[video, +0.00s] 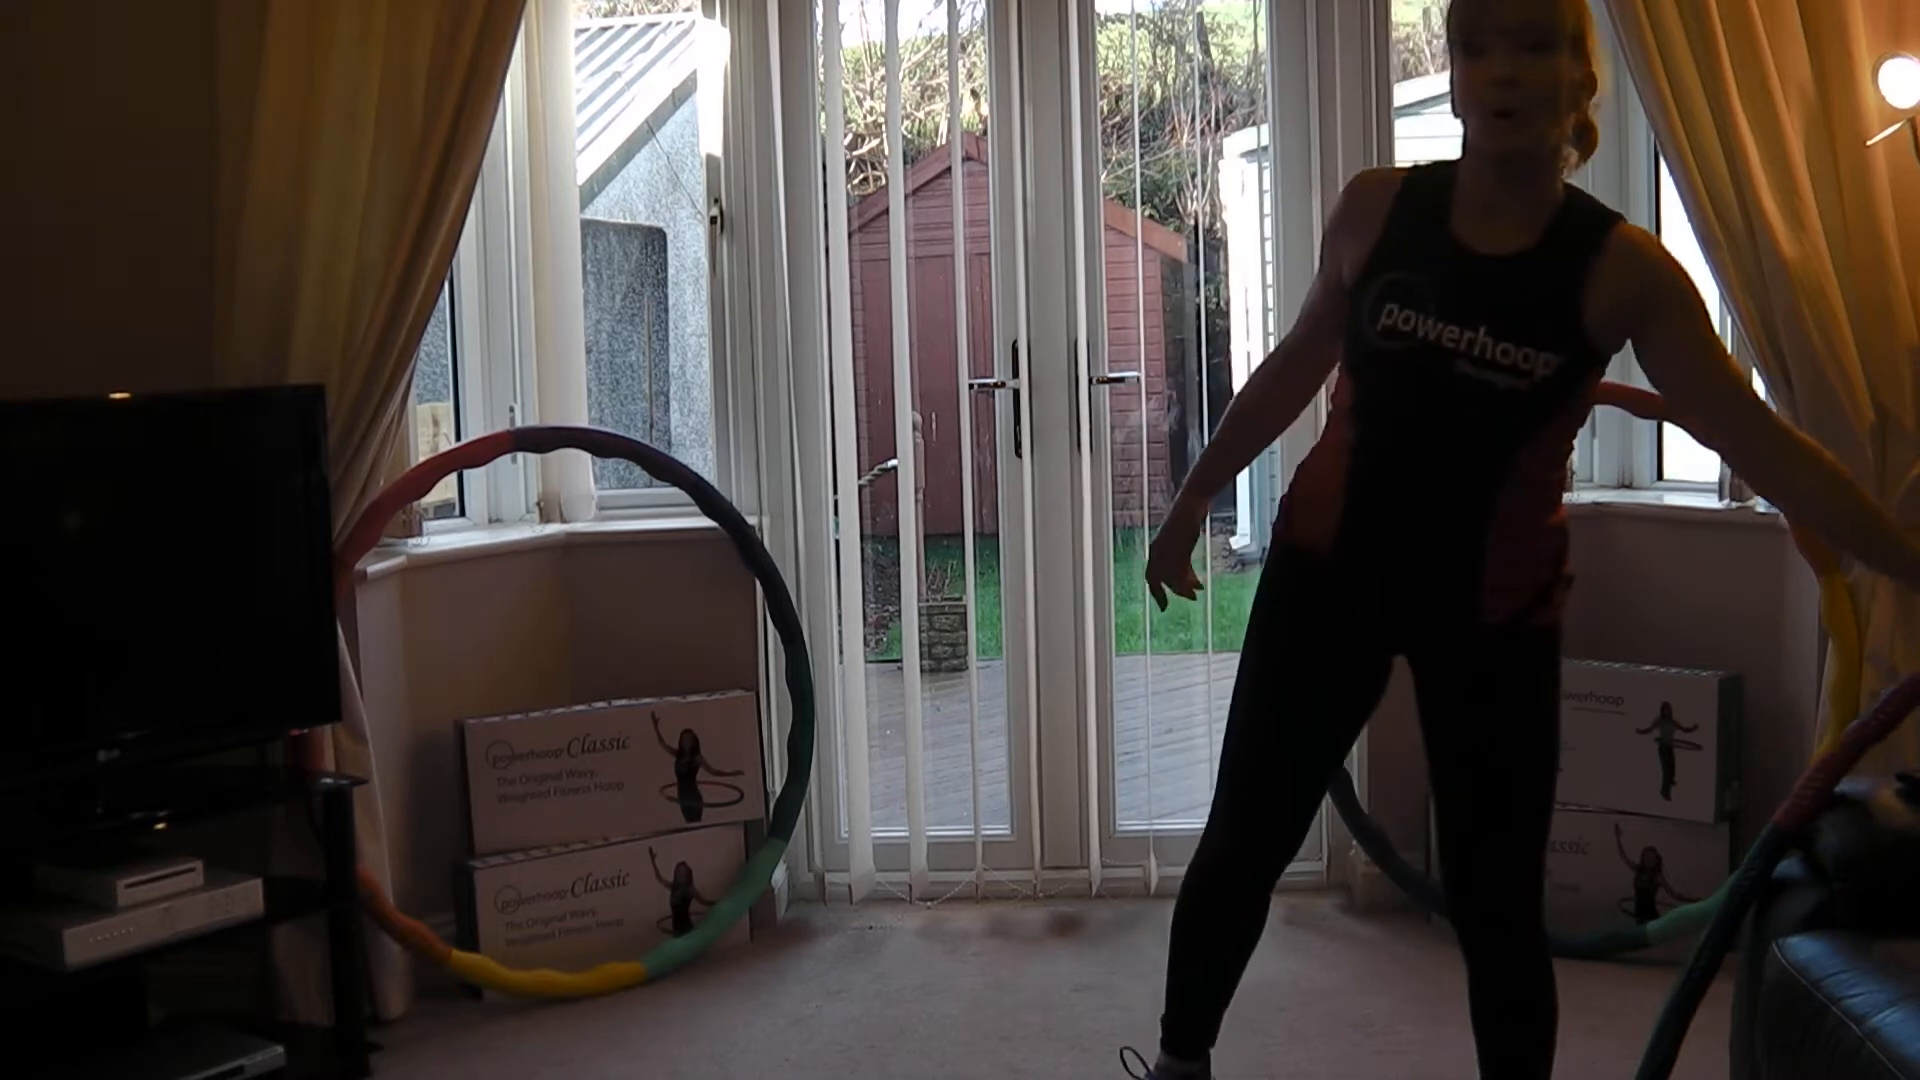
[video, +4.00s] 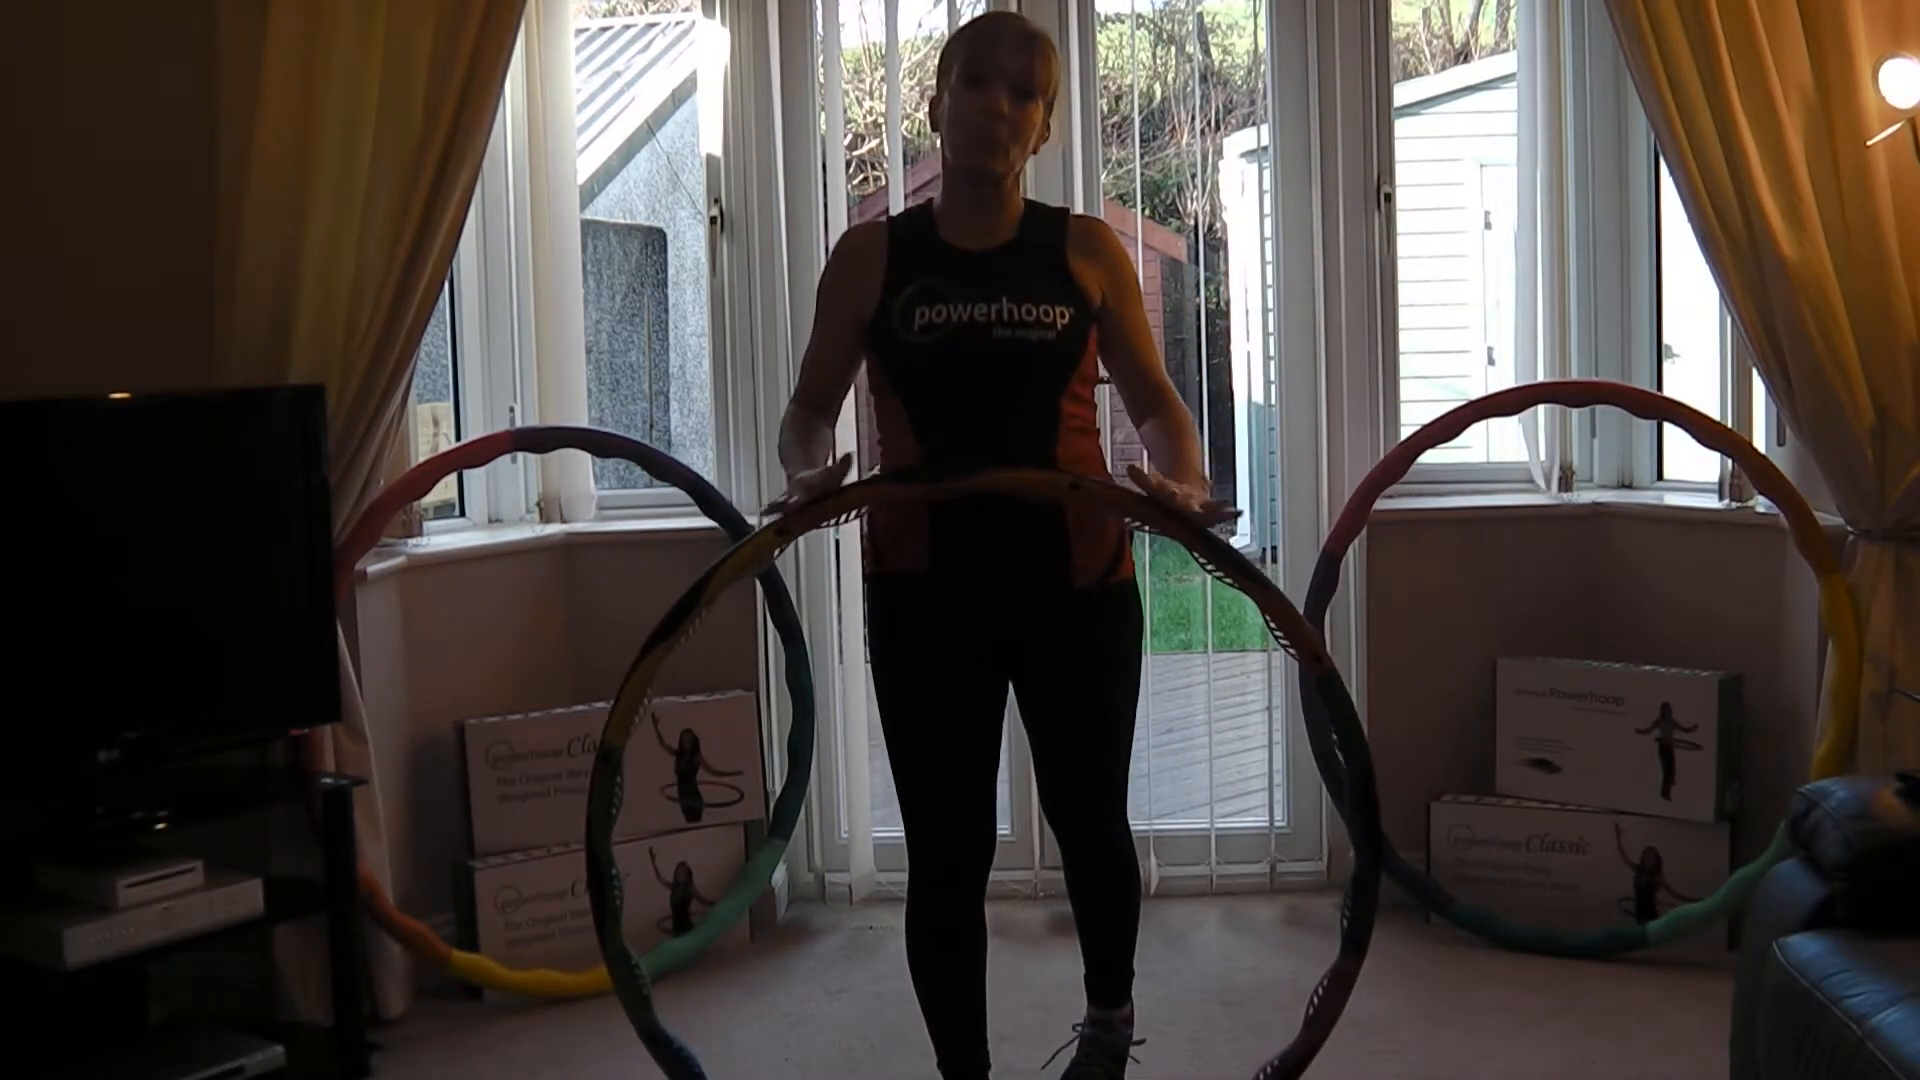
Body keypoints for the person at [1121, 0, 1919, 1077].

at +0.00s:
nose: (1506, 71)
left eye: (1536, 46)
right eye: (1482, 47)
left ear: (1583, 76)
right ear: (1451, 73)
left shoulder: (1628, 275)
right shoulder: (1376, 209)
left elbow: (1763, 450)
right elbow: (1297, 362)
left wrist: (1903, 559)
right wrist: (1192, 500)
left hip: (1490, 602)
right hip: (1330, 572)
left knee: (1497, 907)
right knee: (1241, 845)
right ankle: (1180, 1060)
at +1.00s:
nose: (1059, 117)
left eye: (1078, 94)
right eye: (1031, 97)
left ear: (1104, 110)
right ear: (989, 118)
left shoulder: (1172, 243)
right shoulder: (951, 275)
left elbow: (1260, 391)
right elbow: (905, 459)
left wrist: (1229, 408)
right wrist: (939, 471)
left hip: (1178, 582)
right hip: (1035, 595)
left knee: (1233, 848)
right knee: (1042, 874)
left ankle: (1164, 1052)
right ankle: (1050, 1076)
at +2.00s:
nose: (1050, 180)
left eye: (1072, 159)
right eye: (1030, 155)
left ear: (1106, 153)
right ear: (999, 144)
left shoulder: (1155, 263)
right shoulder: (946, 265)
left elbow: (1247, 416)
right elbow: (874, 441)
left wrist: (1179, 383)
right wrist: (864, 413)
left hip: (1107, 586)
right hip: (970, 583)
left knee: (1080, 827)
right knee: (976, 833)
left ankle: (1058, 1040)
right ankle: (968, 1061)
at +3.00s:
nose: (969, 120)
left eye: (992, 100)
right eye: (948, 98)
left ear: (1024, 116)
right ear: (914, 110)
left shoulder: (1082, 250)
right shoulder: (858, 257)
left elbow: (1139, 401)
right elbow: (816, 405)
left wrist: (1122, 449)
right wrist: (835, 459)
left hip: (1054, 587)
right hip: (909, 592)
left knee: (1075, 828)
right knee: (933, 861)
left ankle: (1099, 1021)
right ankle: (961, 1075)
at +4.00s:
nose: (999, 108)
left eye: (1022, 93)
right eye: (978, 84)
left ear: (1045, 119)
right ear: (938, 97)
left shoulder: (1090, 252)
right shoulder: (870, 256)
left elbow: (1155, 405)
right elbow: (810, 406)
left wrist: (1185, 480)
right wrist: (811, 470)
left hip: (1075, 583)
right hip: (926, 587)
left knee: (1089, 818)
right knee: (945, 857)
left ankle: (1110, 1019)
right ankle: (963, 1074)